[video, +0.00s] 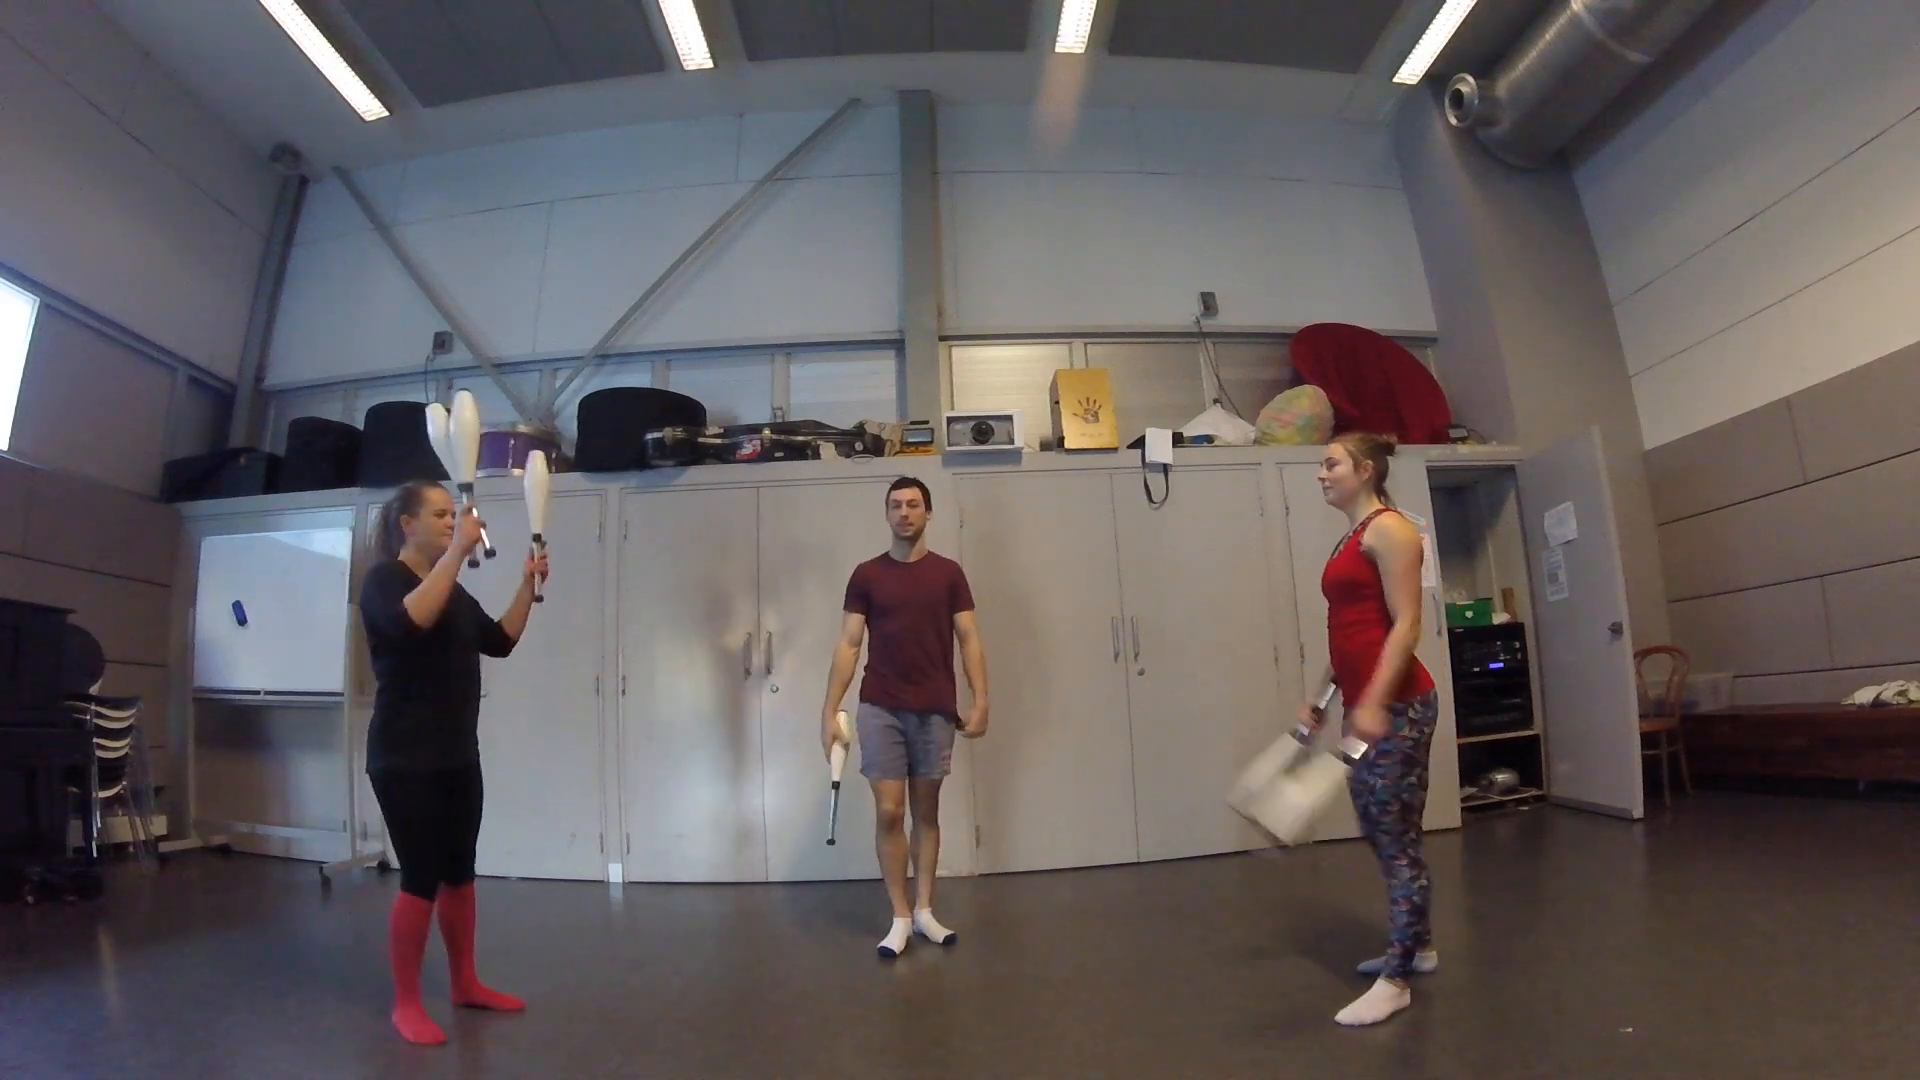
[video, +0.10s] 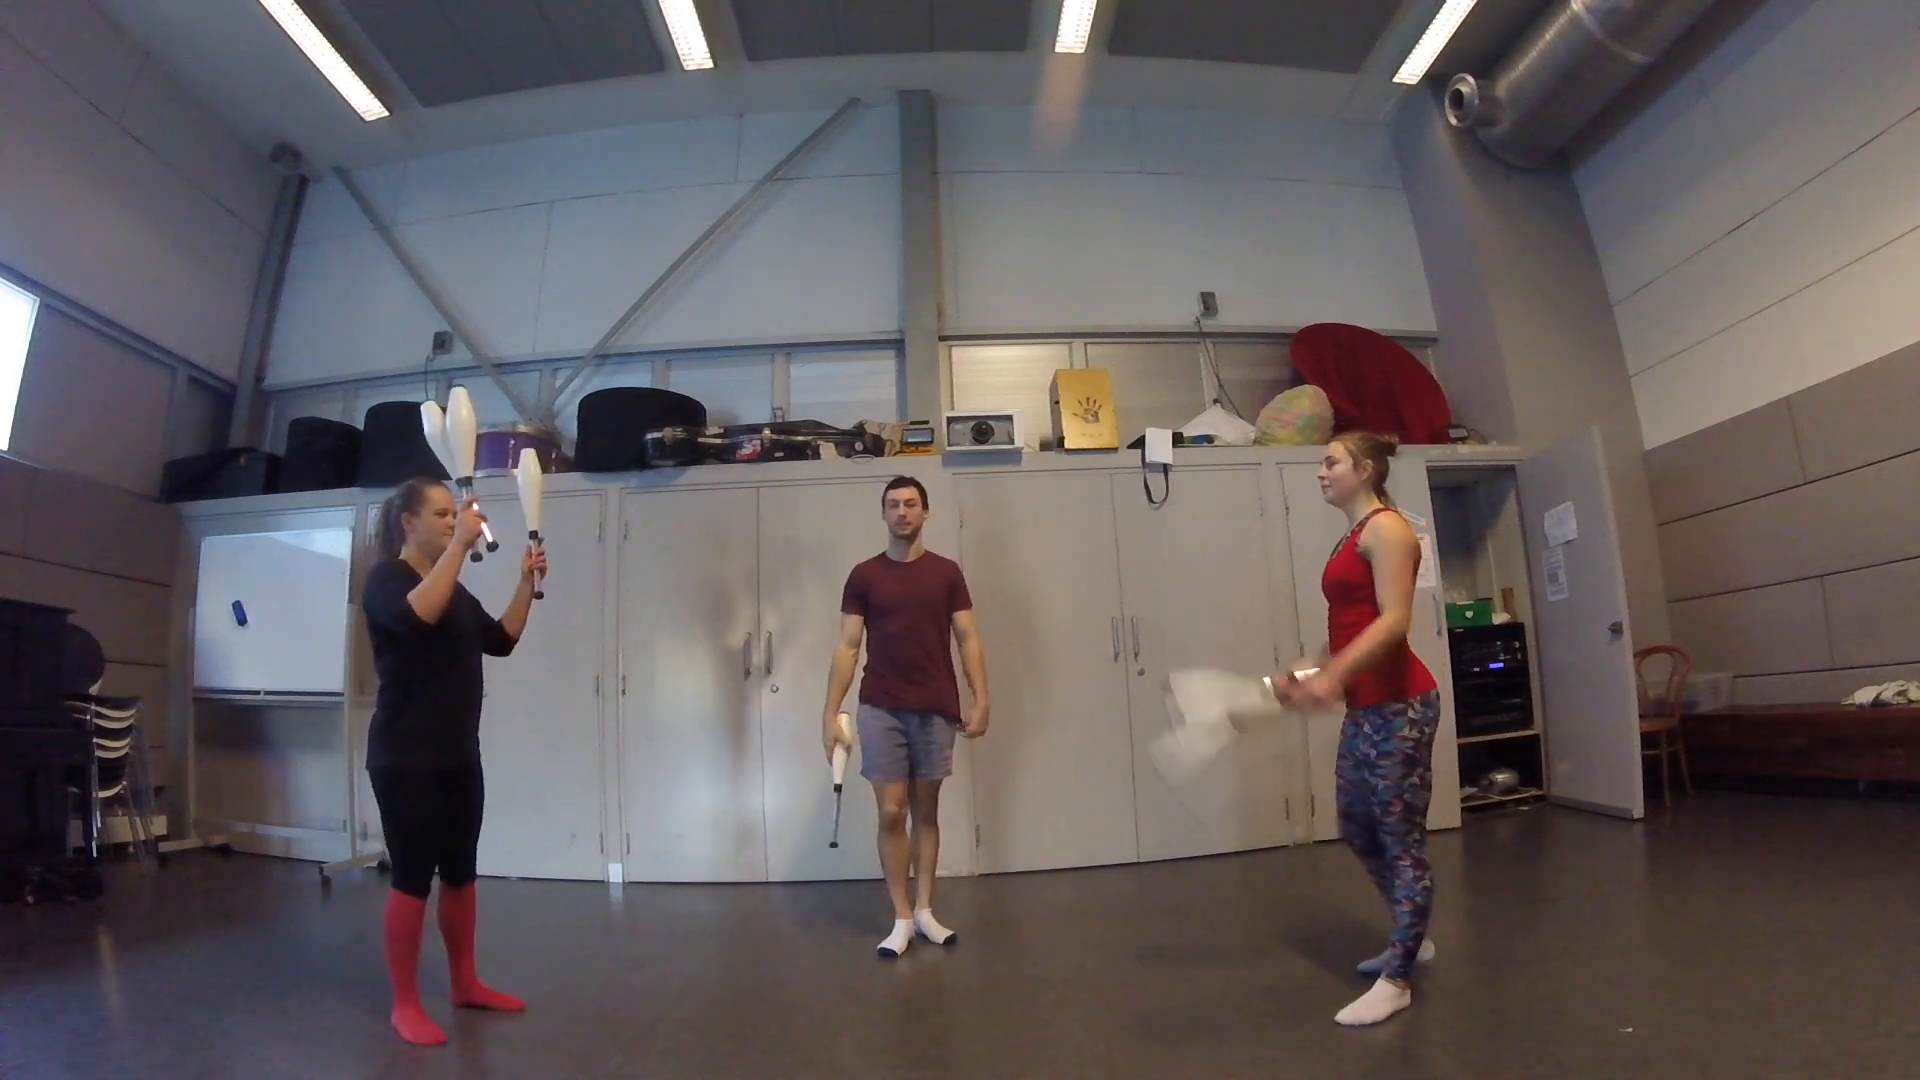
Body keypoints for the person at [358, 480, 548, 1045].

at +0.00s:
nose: (454, 525)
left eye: (455, 516)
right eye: (442, 515)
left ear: (452, 529)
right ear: (406, 524)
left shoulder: (452, 591)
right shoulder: (382, 581)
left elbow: (499, 642)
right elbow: (411, 619)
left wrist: (529, 587)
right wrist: (457, 552)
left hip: (458, 751)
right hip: (403, 755)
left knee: (460, 874)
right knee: (421, 878)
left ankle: (465, 986)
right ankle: (407, 1004)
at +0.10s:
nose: (455, 525)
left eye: (456, 515)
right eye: (443, 515)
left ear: (453, 528)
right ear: (408, 523)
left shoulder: (452, 590)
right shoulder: (385, 580)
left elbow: (501, 641)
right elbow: (417, 615)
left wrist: (528, 583)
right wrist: (460, 544)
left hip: (459, 751)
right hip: (404, 755)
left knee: (461, 873)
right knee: (412, 878)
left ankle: (465, 986)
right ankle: (406, 1005)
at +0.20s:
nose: (457, 524)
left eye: (459, 515)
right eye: (445, 514)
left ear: (454, 527)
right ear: (408, 522)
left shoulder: (453, 589)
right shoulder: (385, 581)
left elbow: (501, 642)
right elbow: (421, 614)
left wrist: (528, 583)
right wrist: (464, 547)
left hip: (459, 751)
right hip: (404, 755)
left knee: (463, 872)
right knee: (407, 879)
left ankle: (466, 985)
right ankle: (405, 1005)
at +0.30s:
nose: (458, 521)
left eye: (458, 513)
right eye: (448, 512)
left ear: (454, 525)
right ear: (411, 520)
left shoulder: (453, 588)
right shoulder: (388, 579)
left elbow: (501, 643)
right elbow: (424, 622)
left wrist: (531, 585)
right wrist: (478, 563)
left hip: (458, 751)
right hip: (403, 755)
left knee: (462, 872)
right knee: (405, 878)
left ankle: (466, 986)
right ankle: (404, 1004)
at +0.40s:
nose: (460, 519)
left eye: (461, 511)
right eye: (449, 510)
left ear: (454, 523)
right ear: (413, 519)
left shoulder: (460, 588)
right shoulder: (389, 582)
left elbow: (503, 646)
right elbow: (418, 643)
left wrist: (531, 596)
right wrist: (490, 610)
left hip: (457, 750)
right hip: (402, 753)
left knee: (458, 871)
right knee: (403, 875)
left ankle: (465, 986)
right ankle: (404, 1004)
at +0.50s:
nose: (465, 519)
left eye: (465, 510)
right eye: (454, 510)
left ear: (458, 522)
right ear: (417, 519)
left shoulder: (462, 586)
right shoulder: (395, 582)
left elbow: (505, 645)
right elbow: (400, 660)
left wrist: (536, 590)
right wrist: (481, 671)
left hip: (457, 748)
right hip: (402, 751)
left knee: (457, 871)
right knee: (403, 875)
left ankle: (465, 986)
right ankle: (404, 1005)